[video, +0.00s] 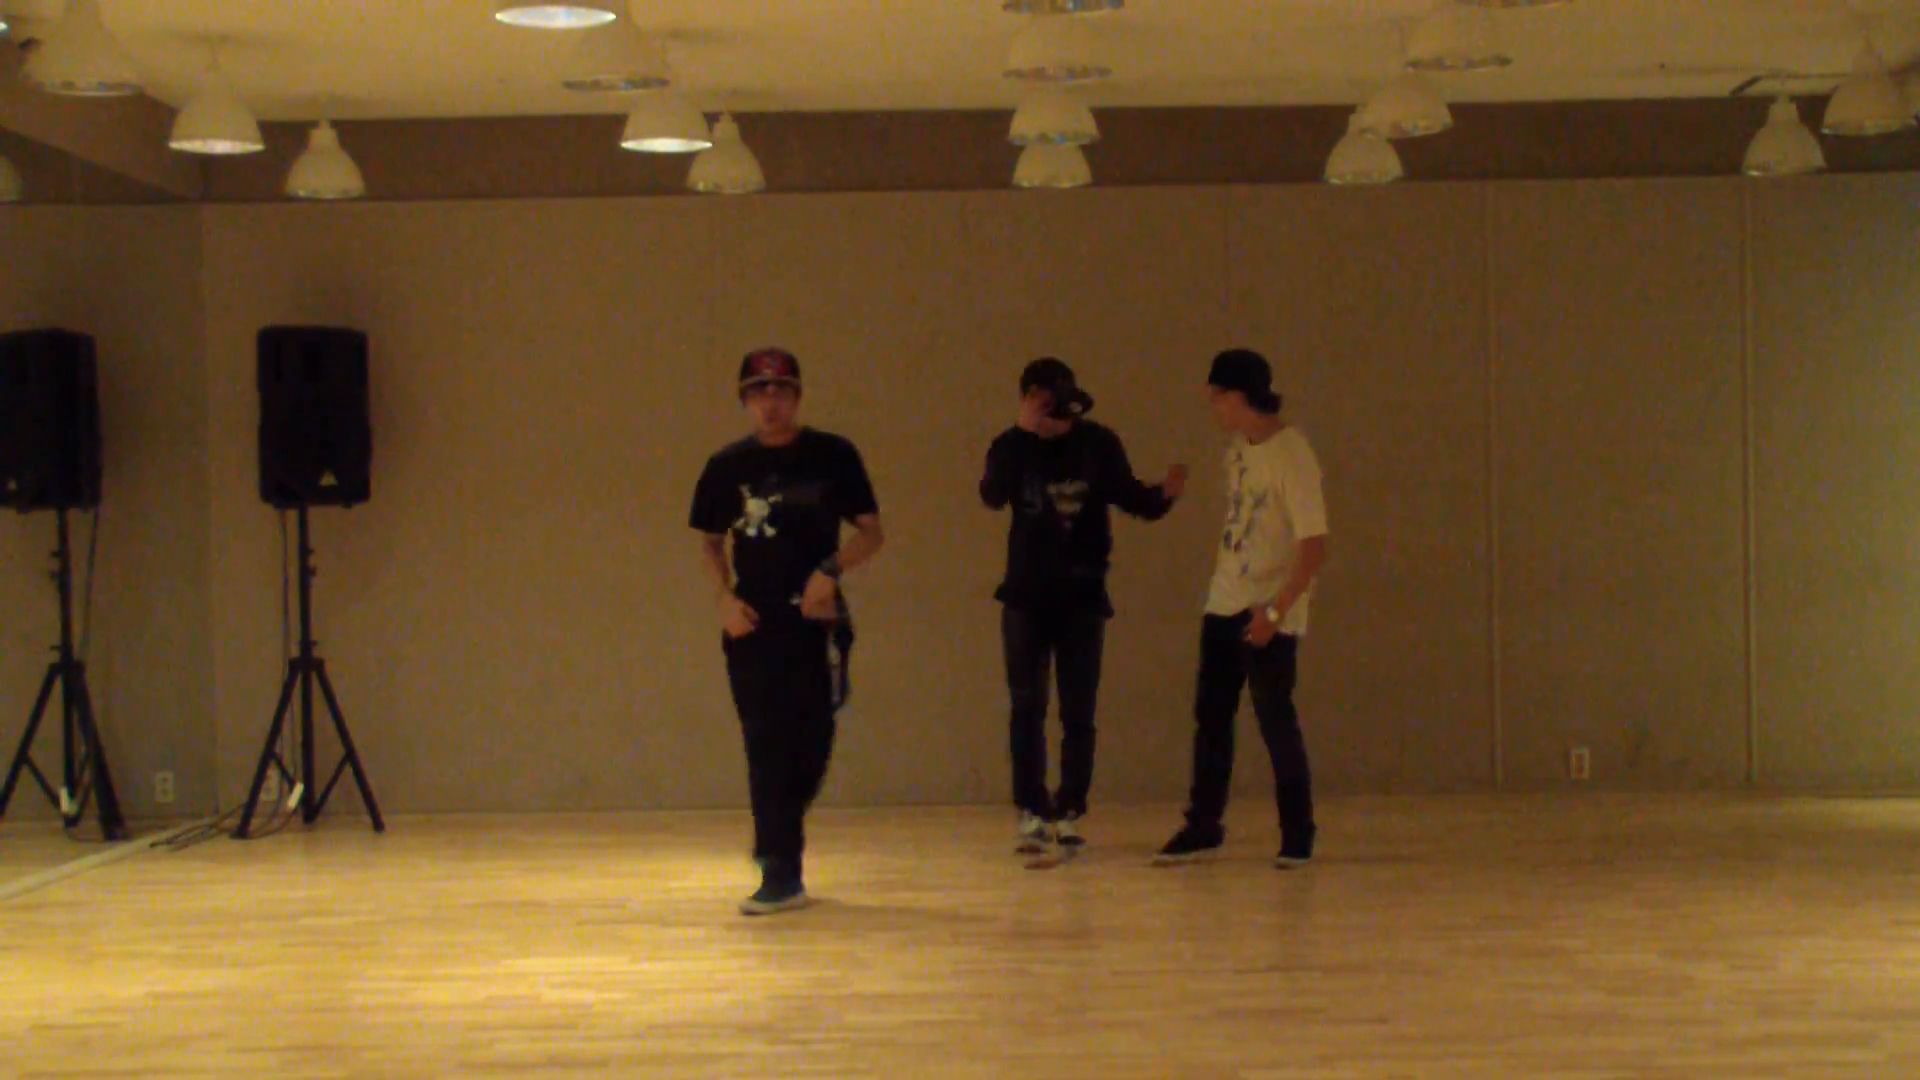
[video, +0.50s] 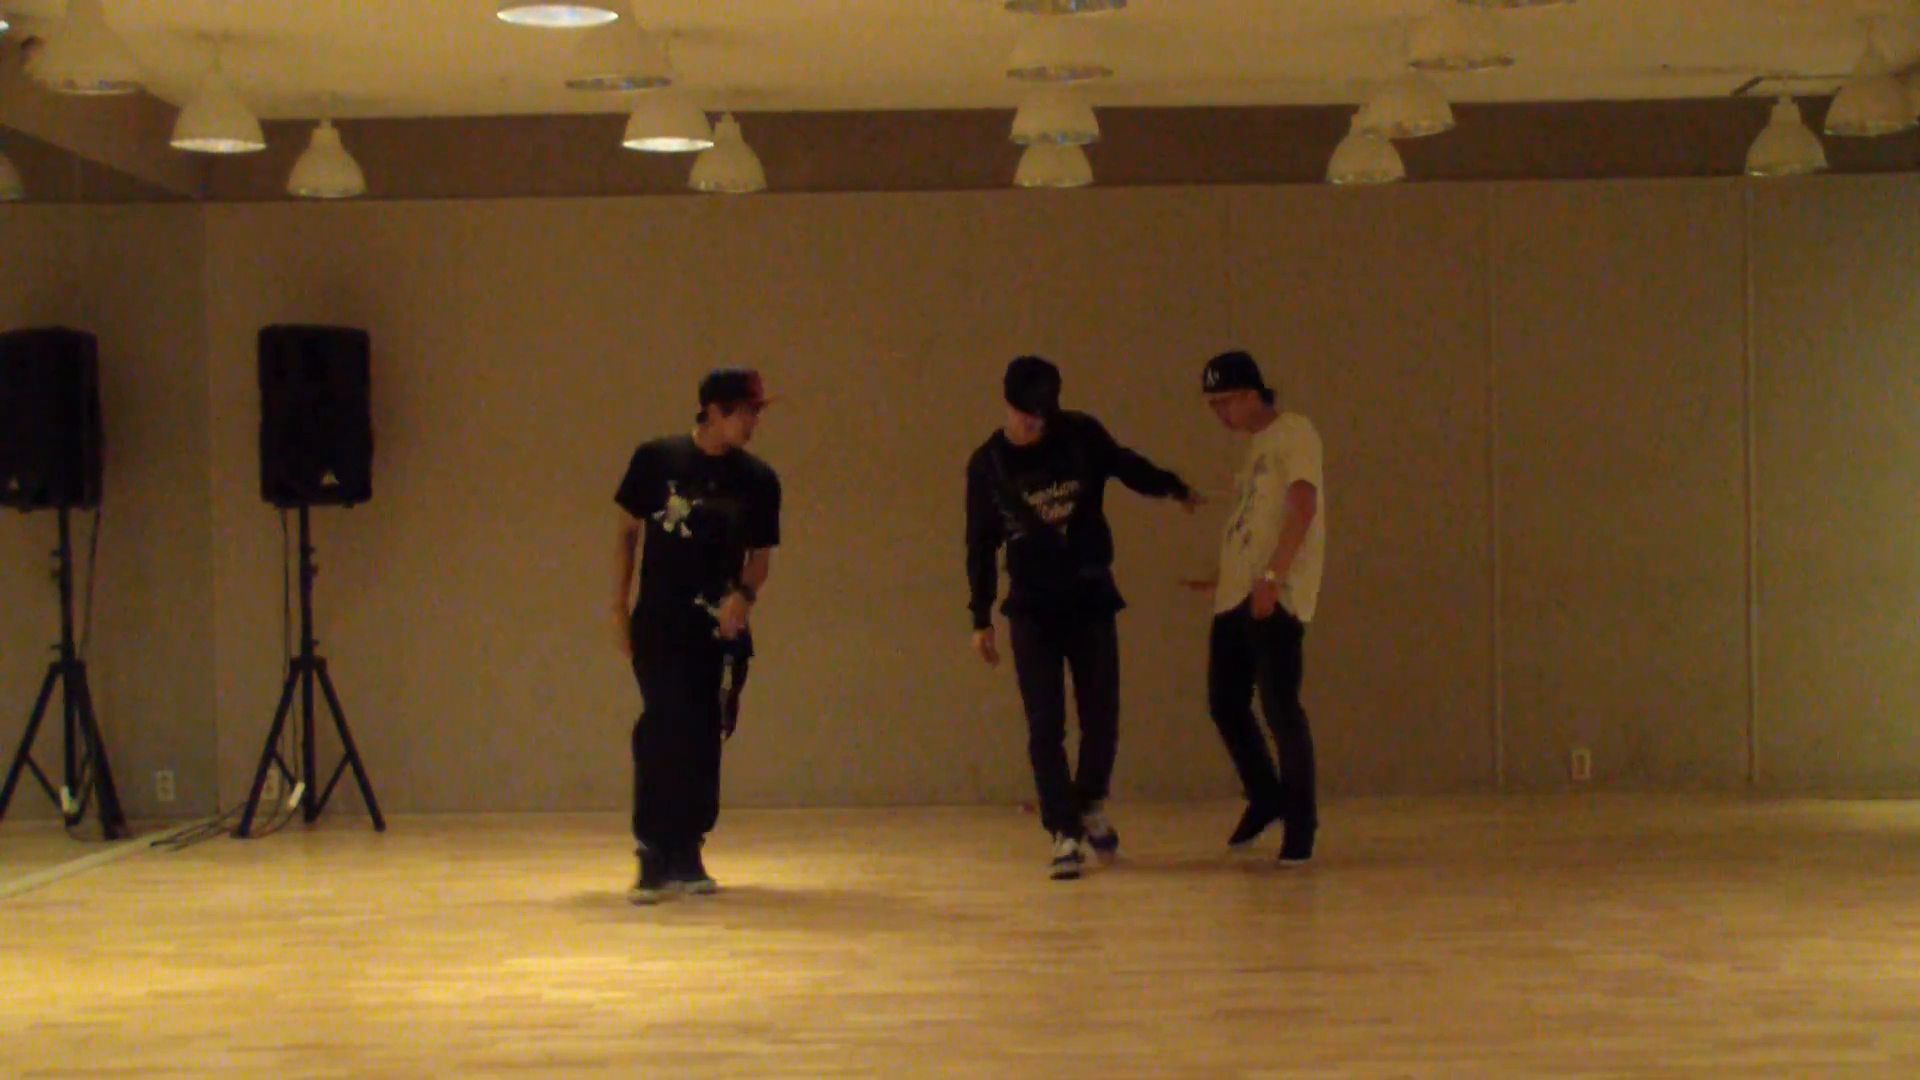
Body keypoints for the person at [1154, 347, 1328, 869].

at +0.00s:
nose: (1212, 409)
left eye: (1218, 399)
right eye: (1212, 399)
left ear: (1244, 398)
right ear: (1241, 400)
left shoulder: (1292, 453)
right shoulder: (1237, 452)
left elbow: (1313, 545)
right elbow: (1243, 527)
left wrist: (1276, 612)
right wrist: (1226, 591)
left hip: (1269, 617)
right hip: (1223, 611)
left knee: (1277, 723)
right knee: (1213, 717)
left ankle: (1297, 832)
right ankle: (1204, 822)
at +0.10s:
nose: (1216, 408)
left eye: (1220, 397)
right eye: (1214, 398)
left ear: (1245, 393)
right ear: (1242, 394)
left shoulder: (1292, 446)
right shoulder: (1245, 449)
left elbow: (1312, 540)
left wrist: (1277, 609)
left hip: (1272, 614)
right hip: (1229, 611)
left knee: (1278, 722)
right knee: (1228, 721)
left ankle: (1298, 832)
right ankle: (1230, 825)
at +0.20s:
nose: (1214, 402)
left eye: (1218, 392)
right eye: (1212, 392)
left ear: (1245, 389)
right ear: (1239, 390)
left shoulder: (1290, 438)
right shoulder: (1252, 445)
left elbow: (1307, 528)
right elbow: (1253, 526)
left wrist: (1278, 602)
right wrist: (1233, 594)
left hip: (1273, 609)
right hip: (1234, 607)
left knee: (1278, 717)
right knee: (1231, 714)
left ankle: (1298, 831)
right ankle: (1253, 820)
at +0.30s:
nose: (1214, 403)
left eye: (1220, 392)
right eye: (1212, 393)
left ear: (1248, 388)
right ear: (1237, 390)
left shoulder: (1290, 433)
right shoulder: (1255, 442)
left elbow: (1304, 517)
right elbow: (1255, 520)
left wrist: (1274, 594)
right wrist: (1234, 592)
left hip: (1273, 607)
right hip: (1236, 606)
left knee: (1280, 715)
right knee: (1229, 709)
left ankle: (1300, 828)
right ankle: (1265, 808)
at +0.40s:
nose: (1217, 407)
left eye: (1221, 396)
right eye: (1214, 397)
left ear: (1249, 389)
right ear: (1237, 393)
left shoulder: (1291, 432)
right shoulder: (1258, 445)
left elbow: (1301, 512)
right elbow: (1256, 524)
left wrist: (1274, 585)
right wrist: (1229, 585)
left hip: (1277, 604)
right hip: (1238, 604)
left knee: (1282, 712)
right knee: (1225, 706)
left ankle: (1301, 828)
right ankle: (1268, 800)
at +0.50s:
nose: (1222, 415)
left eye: (1226, 403)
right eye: (1216, 406)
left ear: (1253, 394)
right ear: (1226, 402)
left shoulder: (1294, 433)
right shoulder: (1253, 447)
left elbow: (1302, 508)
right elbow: (1254, 525)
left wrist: (1272, 577)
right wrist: (1223, 580)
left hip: (1276, 601)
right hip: (1236, 601)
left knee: (1281, 710)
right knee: (1228, 705)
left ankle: (1301, 823)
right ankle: (1263, 796)